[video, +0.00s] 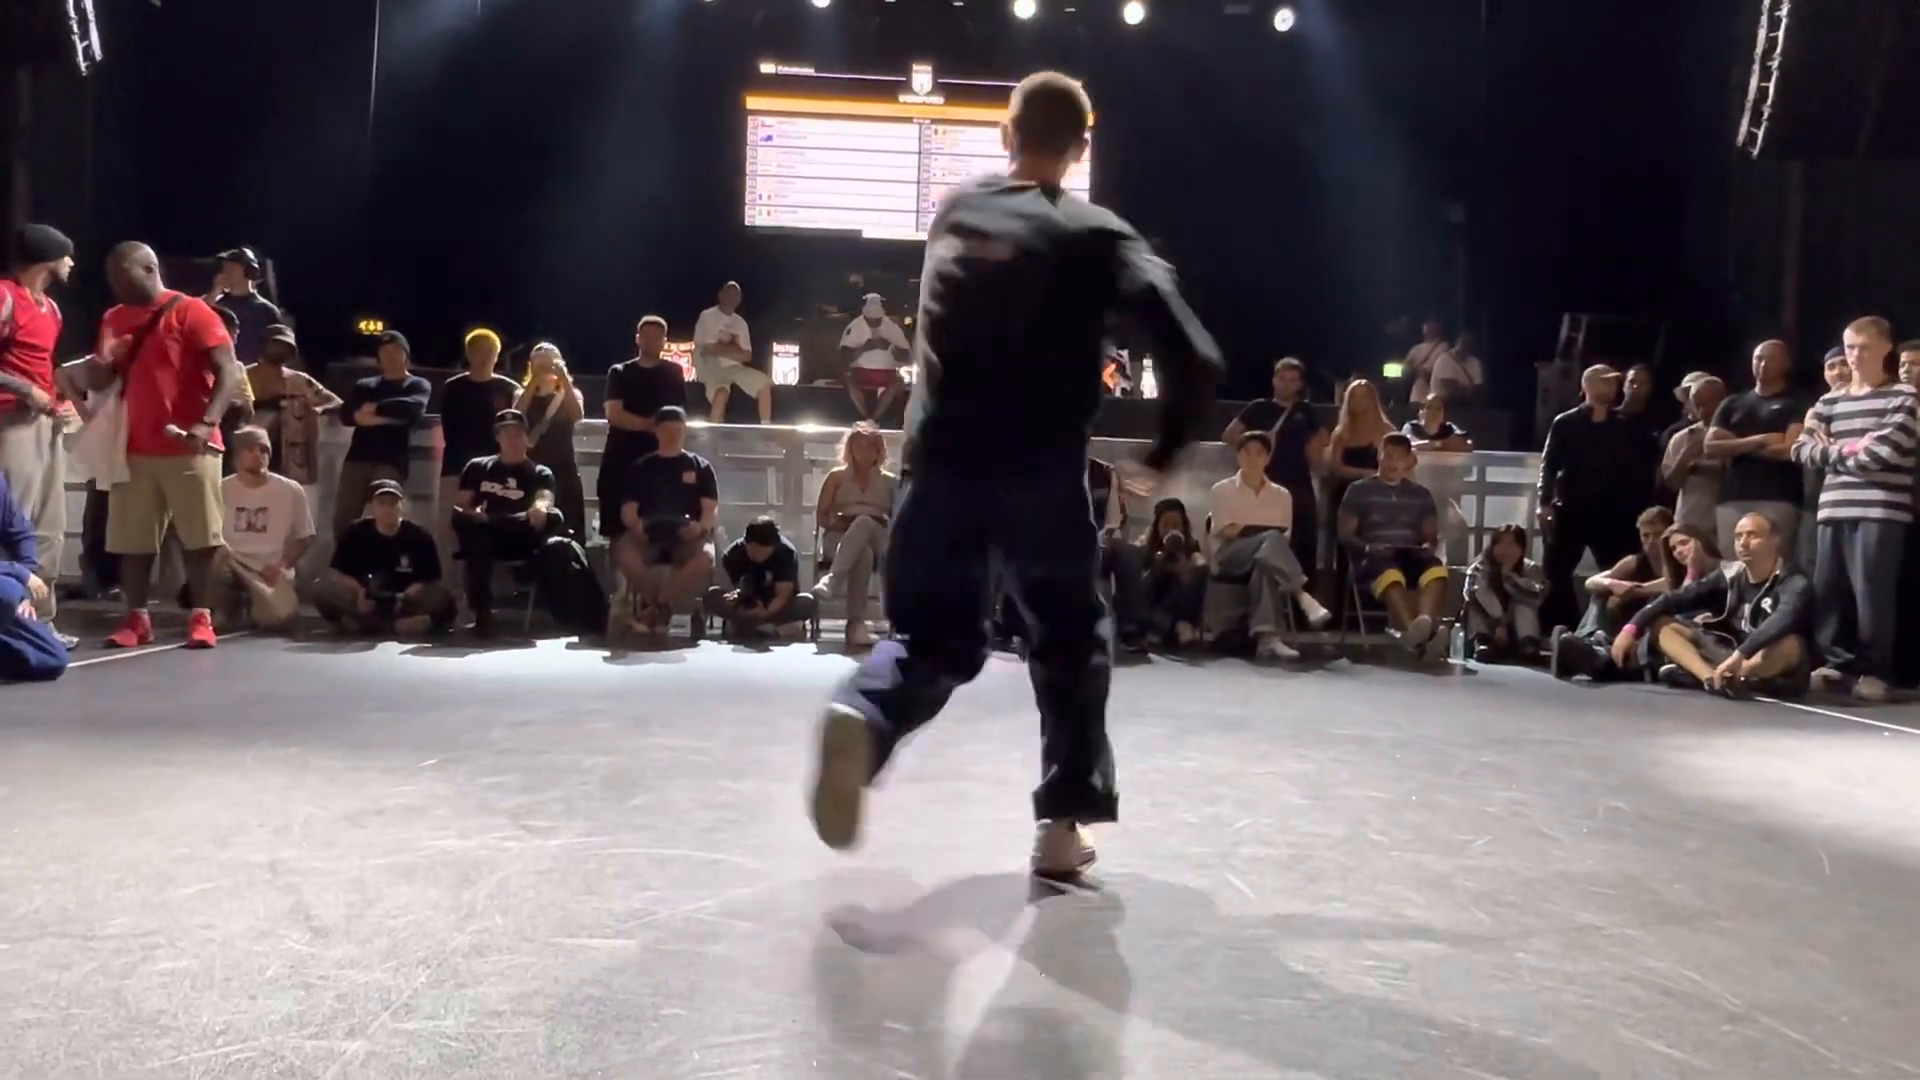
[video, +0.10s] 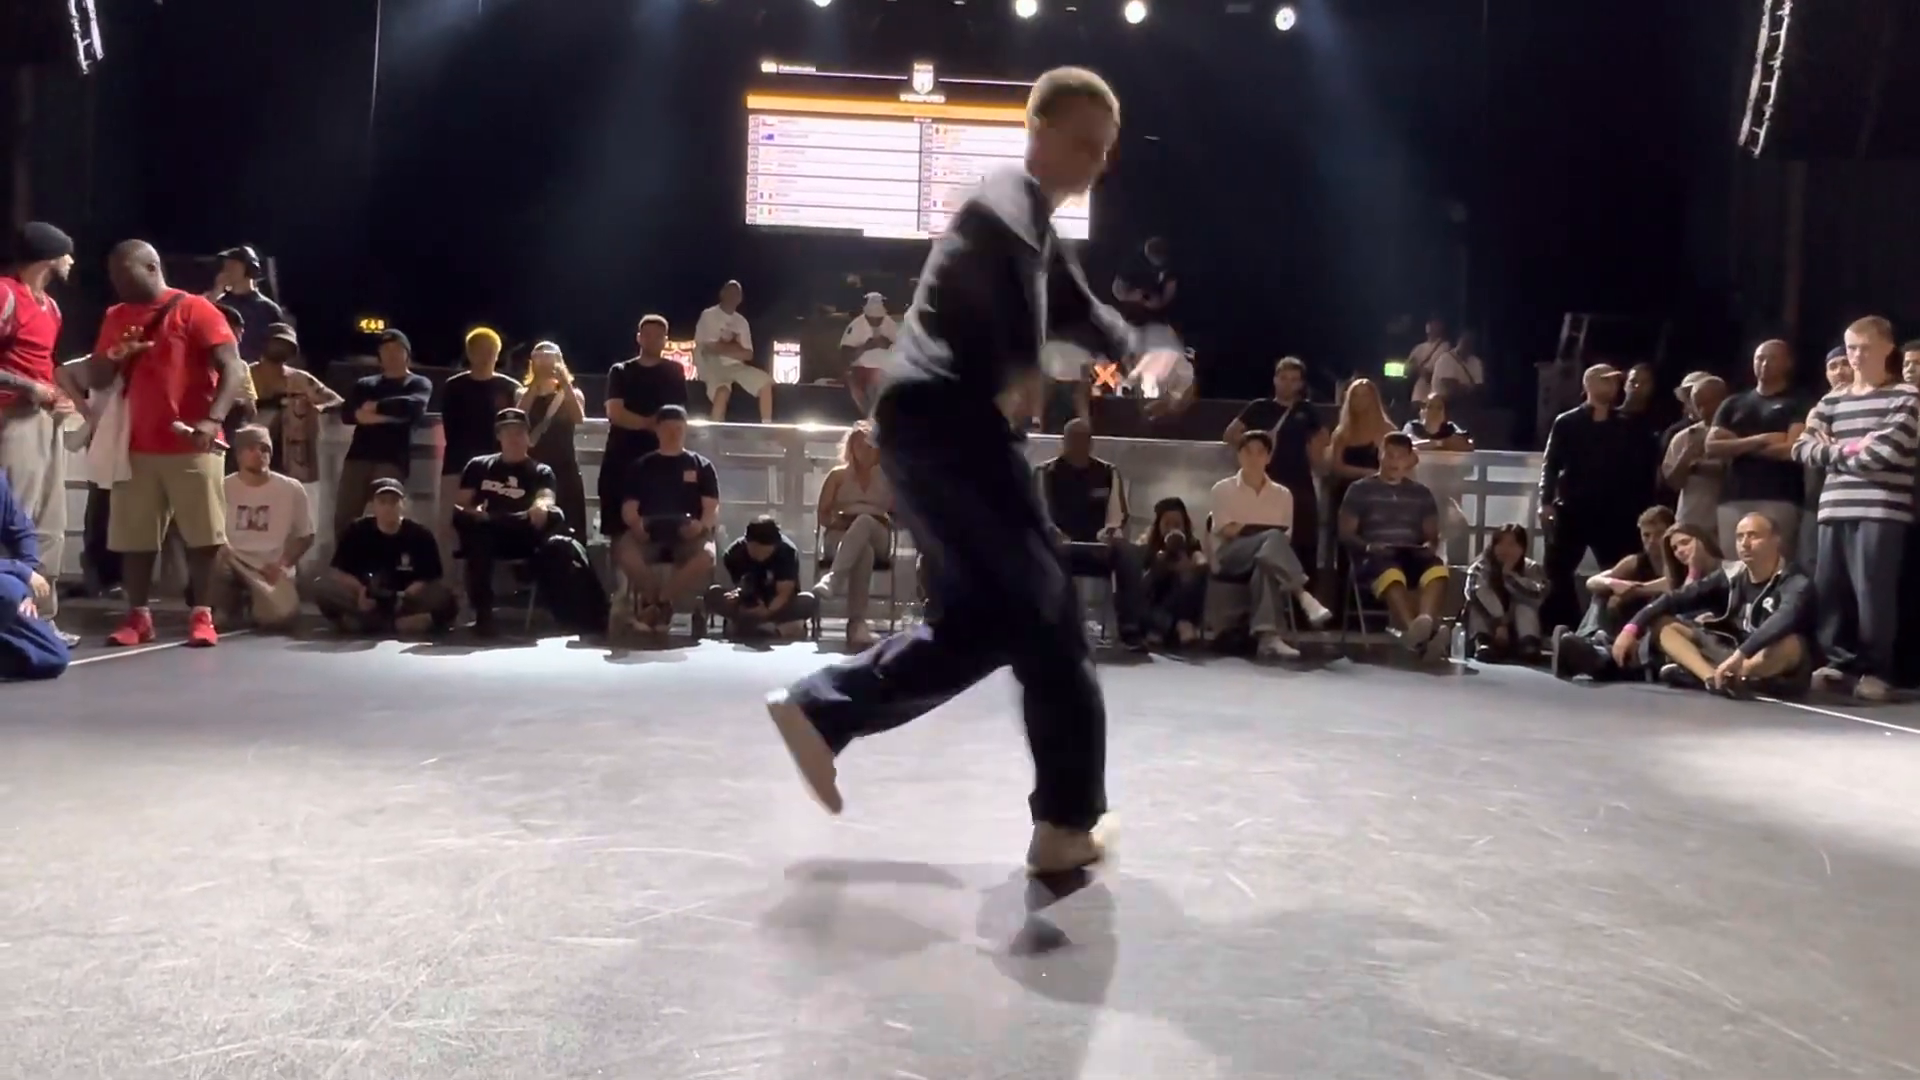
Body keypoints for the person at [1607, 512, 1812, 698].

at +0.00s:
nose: (1743, 543)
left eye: (1752, 536)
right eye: (1739, 537)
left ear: (1774, 541)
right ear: (1733, 542)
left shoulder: (1794, 583)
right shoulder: (1731, 575)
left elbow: (1784, 620)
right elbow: (1678, 598)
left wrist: (1741, 654)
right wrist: (1631, 629)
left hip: (1776, 669)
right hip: (1733, 656)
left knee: (1789, 645)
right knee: (1665, 630)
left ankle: (1716, 679)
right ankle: (1711, 679)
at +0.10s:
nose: (1744, 543)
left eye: (1753, 536)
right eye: (1740, 537)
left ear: (1775, 541)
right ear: (1735, 542)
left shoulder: (1796, 583)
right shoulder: (1732, 575)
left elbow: (1785, 620)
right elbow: (1680, 598)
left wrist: (1742, 653)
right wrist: (1632, 628)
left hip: (1777, 666)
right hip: (1733, 654)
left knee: (1791, 644)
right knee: (1666, 630)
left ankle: (1717, 678)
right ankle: (1712, 679)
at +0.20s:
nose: (1746, 542)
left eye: (1755, 535)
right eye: (1742, 536)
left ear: (1778, 541)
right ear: (1737, 541)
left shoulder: (1798, 582)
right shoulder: (1734, 574)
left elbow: (1786, 620)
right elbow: (1681, 597)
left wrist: (1743, 652)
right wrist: (1634, 628)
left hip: (1779, 665)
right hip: (1735, 654)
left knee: (1792, 644)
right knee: (1669, 630)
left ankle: (1719, 678)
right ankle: (1714, 678)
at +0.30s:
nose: (1748, 541)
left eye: (1757, 534)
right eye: (1745, 535)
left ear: (1780, 540)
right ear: (1739, 541)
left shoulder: (1799, 582)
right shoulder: (1735, 574)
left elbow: (1788, 620)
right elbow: (1682, 597)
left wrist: (1745, 652)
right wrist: (1634, 628)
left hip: (1778, 664)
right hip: (1734, 652)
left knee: (1793, 644)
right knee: (1669, 629)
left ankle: (1720, 678)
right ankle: (1717, 678)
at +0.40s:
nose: (1750, 541)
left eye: (1759, 534)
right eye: (1746, 535)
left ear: (1783, 541)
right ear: (1741, 541)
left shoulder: (1801, 582)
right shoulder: (1738, 574)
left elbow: (1790, 619)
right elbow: (1685, 597)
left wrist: (1747, 653)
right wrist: (1637, 627)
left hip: (1780, 664)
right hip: (1737, 653)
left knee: (1796, 644)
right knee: (1671, 629)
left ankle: (1723, 677)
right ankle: (1717, 678)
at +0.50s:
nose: (1752, 542)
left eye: (1761, 535)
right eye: (1748, 536)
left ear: (1784, 540)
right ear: (1743, 540)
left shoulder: (1802, 582)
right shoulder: (1738, 574)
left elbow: (1791, 619)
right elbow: (1686, 596)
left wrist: (1748, 653)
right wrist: (1638, 626)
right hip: (1738, 653)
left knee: (1797, 643)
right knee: (1673, 630)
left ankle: (1717, 678)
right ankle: (1719, 677)